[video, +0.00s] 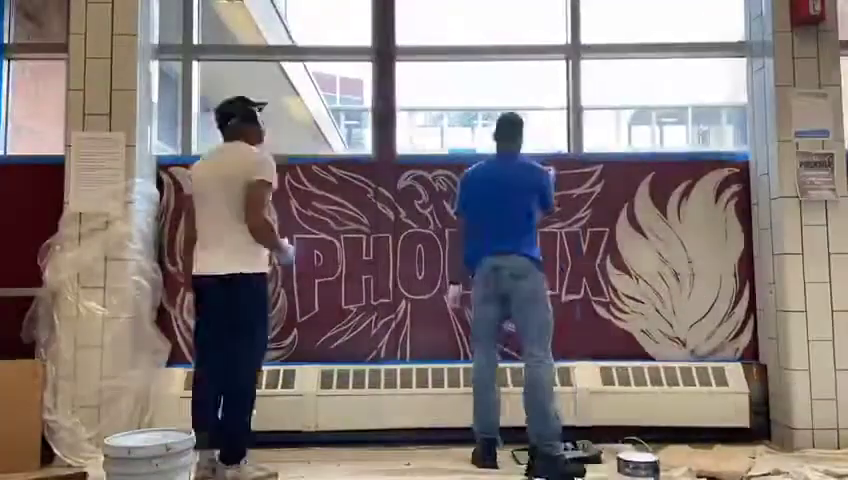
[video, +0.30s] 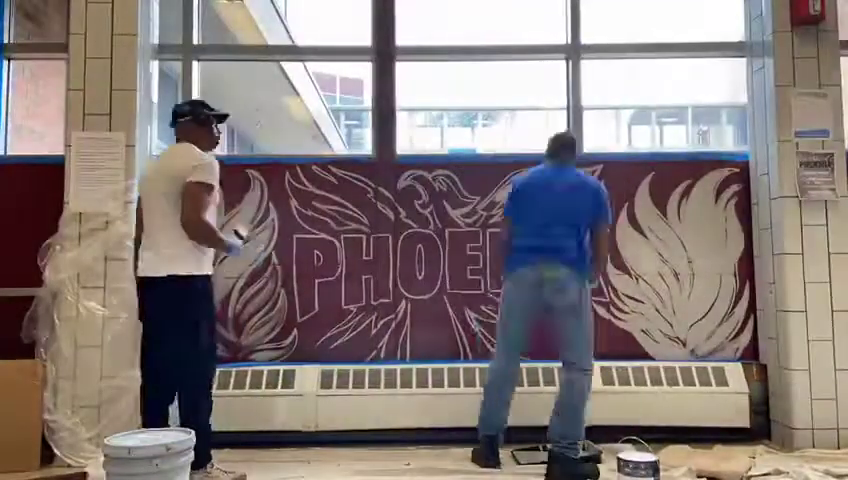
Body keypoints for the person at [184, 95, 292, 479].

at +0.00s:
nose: (263, 130)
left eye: (260, 123)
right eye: (259, 123)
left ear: (224, 128)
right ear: (250, 125)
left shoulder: (202, 165)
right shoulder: (258, 159)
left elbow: (190, 231)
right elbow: (256, 221)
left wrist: (189, 276)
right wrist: (281, 248)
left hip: (206, 277)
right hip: (243, 278)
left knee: (208, 365)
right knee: (243, 369)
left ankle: (203, 451)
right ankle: (233, 460)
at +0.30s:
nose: (218, 135)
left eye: (216, 128)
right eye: (213, 128)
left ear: (180, 128)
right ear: (197, 127)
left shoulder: (153, 166)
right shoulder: (202, 161)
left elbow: (141, 230)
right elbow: (195, 221)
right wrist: (228, 243)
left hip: (152, 280)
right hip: (187, 281)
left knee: (157, 376)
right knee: (196, 375)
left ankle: (155, 461)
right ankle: (198, 462)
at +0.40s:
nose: (220, 129)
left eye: (218, 123)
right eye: (215, 123)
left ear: (182, 126)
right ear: (194, 125)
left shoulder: (159, 163)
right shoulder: (198, 160)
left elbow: (149, 234)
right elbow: (192, 221)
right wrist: (234, 242)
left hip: (161, 278)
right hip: (190, 279)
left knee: (162, 370)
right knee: (197, 369)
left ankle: (154, 457)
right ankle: (199, 461)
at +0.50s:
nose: (264, 132)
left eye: (264, 125)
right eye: (259, 125)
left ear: (245, 126)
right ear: (241, 125)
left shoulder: (242, 164)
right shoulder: (225, 162)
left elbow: (231, 225)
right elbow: (205, 226)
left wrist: (264, 259)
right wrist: (262, 245)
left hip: (244, 281)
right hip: (226, 283)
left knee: (257, 362)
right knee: (224, 367)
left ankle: (239, 446)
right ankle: (209, 459)